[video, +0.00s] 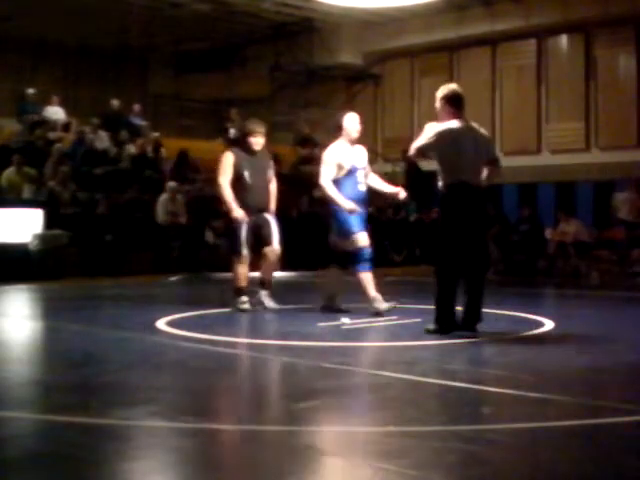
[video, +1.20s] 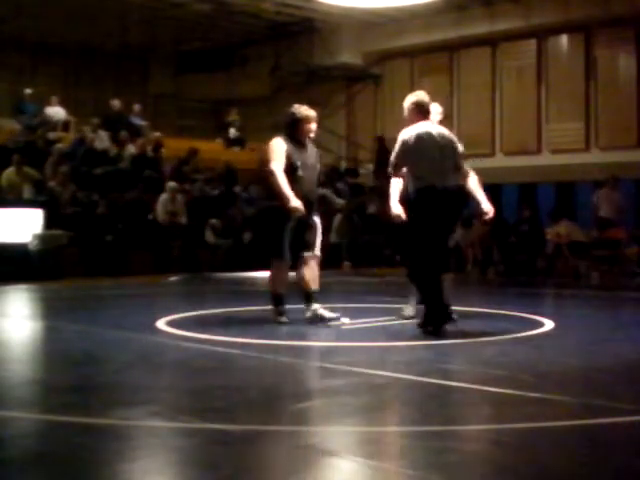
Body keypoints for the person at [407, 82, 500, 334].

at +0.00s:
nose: (436, 111)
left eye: (438, 106)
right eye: (437, 106)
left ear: (445, 107)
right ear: (462, 106)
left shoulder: (438, 131)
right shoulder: (479, 133)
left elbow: (414, 153)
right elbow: (494, 165)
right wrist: (481, 184)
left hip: (449, 198)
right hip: (475, 197)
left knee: (447, 258)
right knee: (475, 259)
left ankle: (444, 319)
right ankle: (471, 319)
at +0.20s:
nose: (429, 108)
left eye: (432, 103)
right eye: (430, 103)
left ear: (440, 106)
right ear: (456, 106)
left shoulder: (432, 131)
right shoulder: (472, 131)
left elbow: (405, 152)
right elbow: (493, 160)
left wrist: (419, 129)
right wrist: (476, 180)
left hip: (443, 197)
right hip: (469, 196)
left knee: (444, 260)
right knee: (470, 259)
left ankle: (445, 320)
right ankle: (470, 321)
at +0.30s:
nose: (426, 109)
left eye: (427, 104)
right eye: (427, 104)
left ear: (433, 106)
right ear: (450, 105)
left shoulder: (427, 132)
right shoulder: (467, 130)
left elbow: (401, 156)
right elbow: (491, 157)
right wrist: (475, 179)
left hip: (439, 197)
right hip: (466, 196)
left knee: (443, 261)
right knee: (466, 259)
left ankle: (445, 321)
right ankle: (469, 321)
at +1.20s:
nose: (404, 118)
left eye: (405, 114)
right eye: (405, 114)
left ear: (411, 113)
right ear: (430, 112)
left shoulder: (408, 136)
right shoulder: (447, 136)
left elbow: (397, 173)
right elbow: (465, 172)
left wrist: (394, 202)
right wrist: (484, 201)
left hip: (422, 202)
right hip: (451, 201)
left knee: (421, 259)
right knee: (435, 256)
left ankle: (436, 315)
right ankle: (437, 311)